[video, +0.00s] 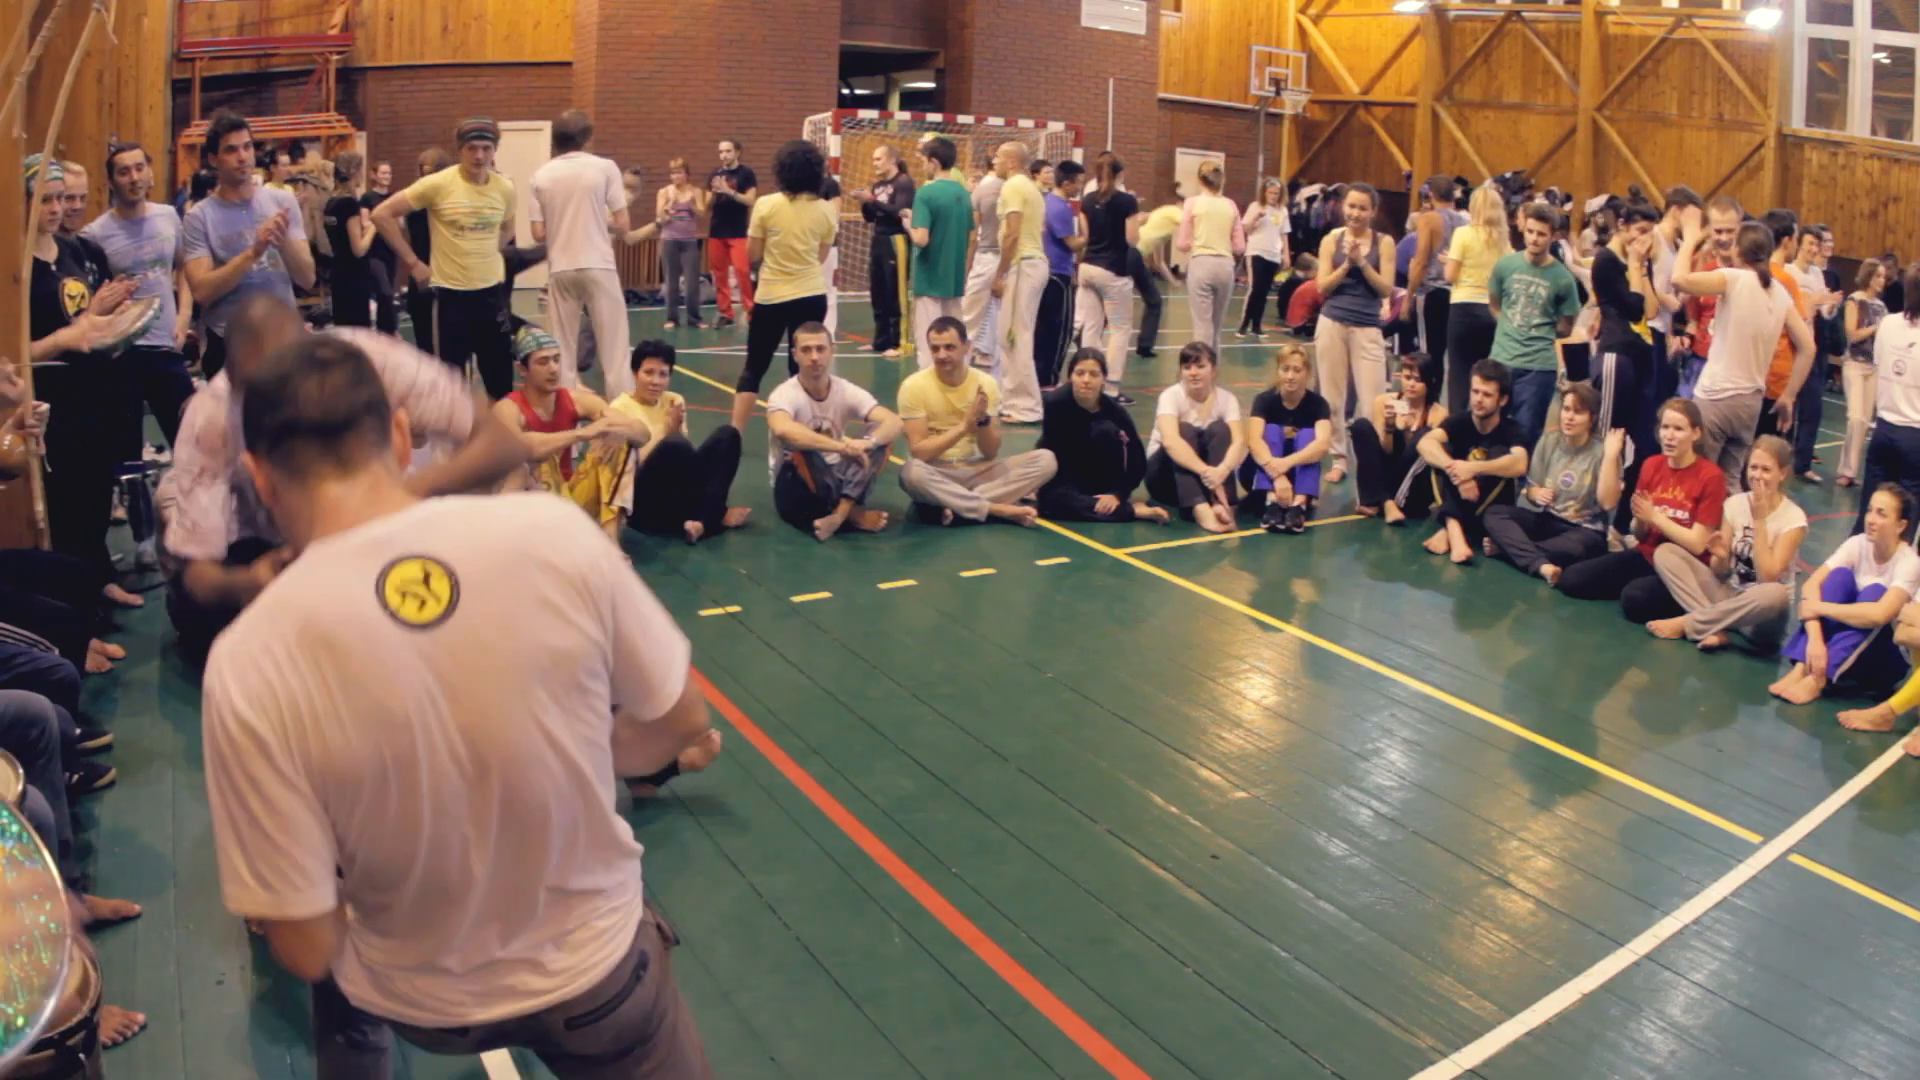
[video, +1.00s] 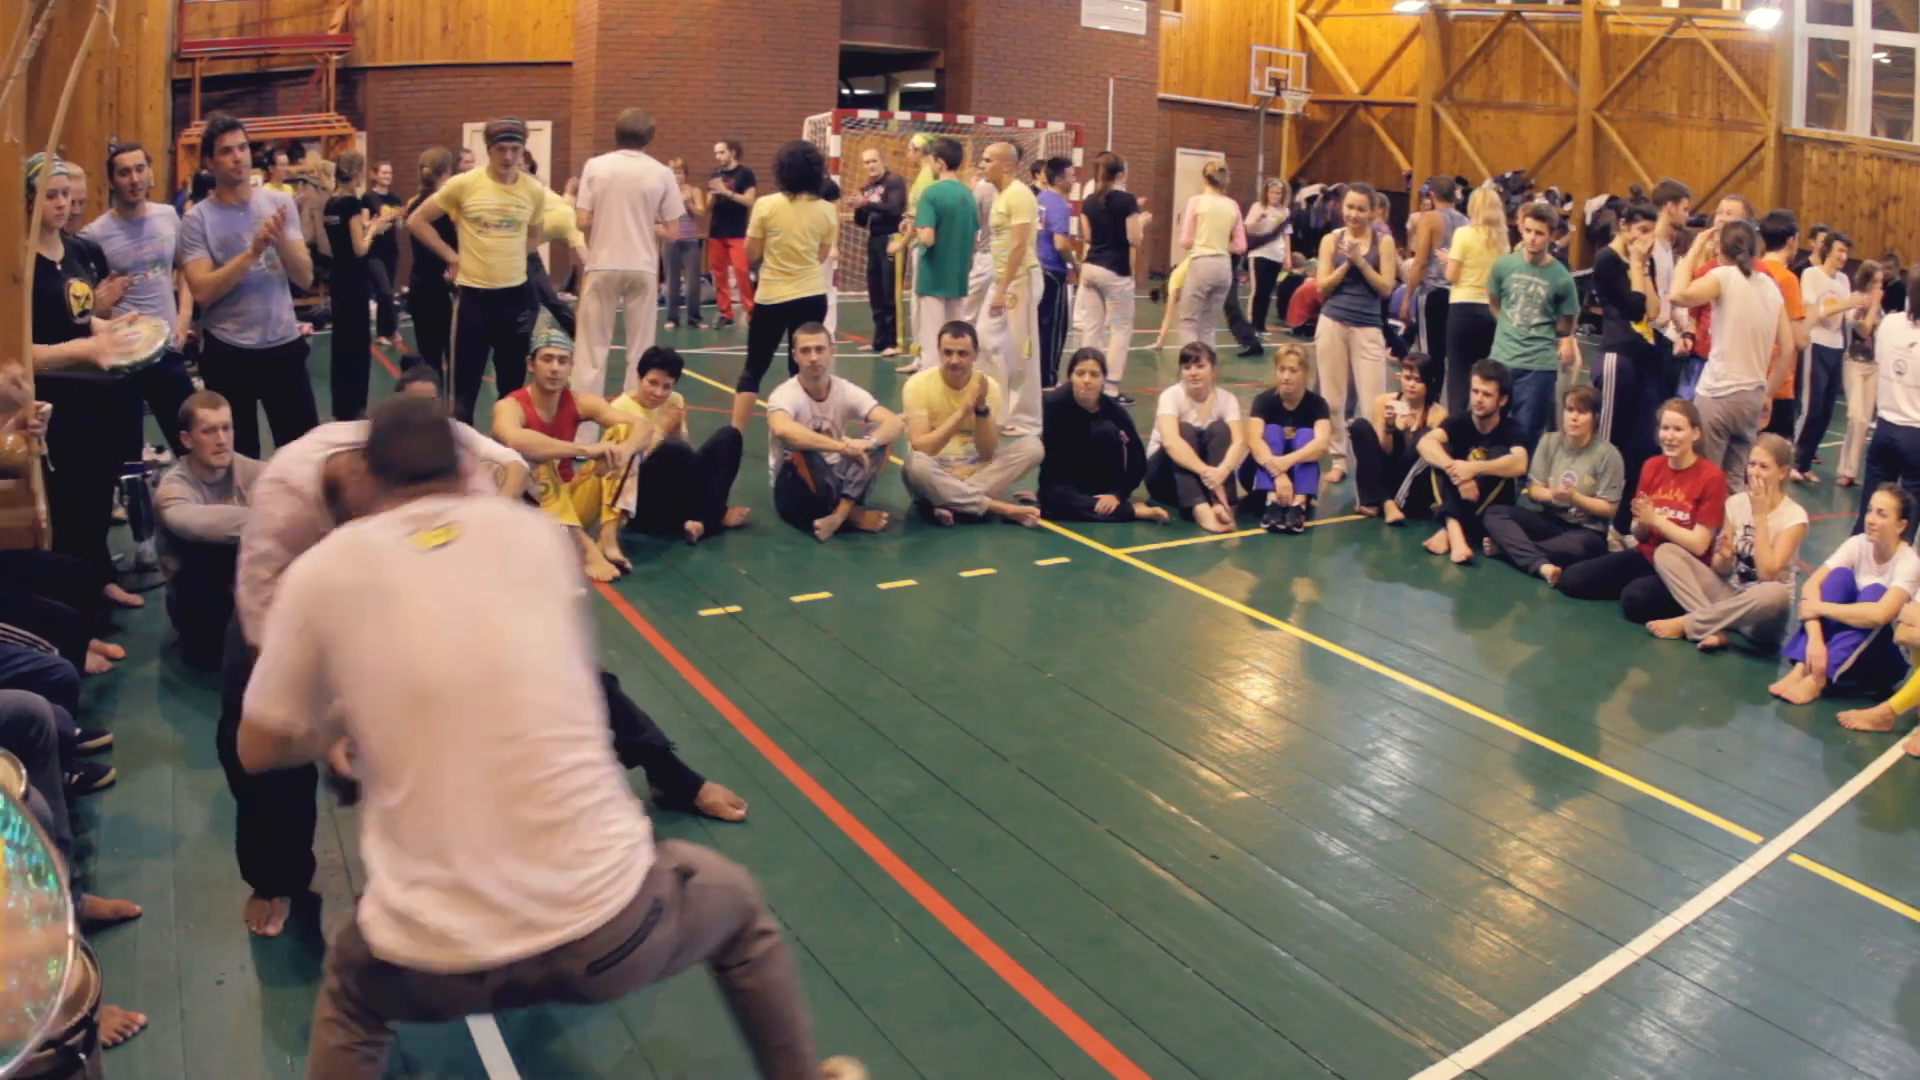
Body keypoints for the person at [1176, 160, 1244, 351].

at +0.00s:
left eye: (1198, 179)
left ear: (1200, 180)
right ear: (1221, 182)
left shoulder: (1191, 203)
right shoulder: (1231, 205)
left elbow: (1183, 243)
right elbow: (1239, 246)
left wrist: (1199, 241)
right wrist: (1221, 242)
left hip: (1200, 258)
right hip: (1225, 261)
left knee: (1202, 321)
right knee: (1217, 322)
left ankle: (1202, 368)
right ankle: (1212, 367)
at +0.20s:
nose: (1197, 181)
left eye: (1198, 178)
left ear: (1200, 180)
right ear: (1222, 181)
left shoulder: (1192, 203)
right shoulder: (1231, 205)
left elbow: (1185, 243)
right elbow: (1240, 246)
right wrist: (1223, 243)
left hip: (1201, 259)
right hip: (1225, 260)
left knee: (1203, 321)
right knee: (1214, 321)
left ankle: (1201, 369)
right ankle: (1208, 365)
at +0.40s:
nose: (1198, 182)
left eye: (1200, 178)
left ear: (1202, 179)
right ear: (1223, 182)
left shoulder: (1193, 203)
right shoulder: (1231, 206)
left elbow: (1185, 242)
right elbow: (1239, 247)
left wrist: (1199, 242)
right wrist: (1221, 245)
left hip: (1201, 258)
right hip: (1225, 260)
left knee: (1202, 320)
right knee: (1212, 321)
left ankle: (1204, 368)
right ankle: (1205, 363)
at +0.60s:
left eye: (1201, 178)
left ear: (1202, 179)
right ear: (1223, 181)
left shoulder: (1193, 203)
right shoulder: (1232, 206)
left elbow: (1185, 243)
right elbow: (1239, 247)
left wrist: (1199, 241)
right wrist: (1222, 246)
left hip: (1200, 258)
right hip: (1224, 260)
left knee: (1202, 321)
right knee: (1211, 321)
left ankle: (1204, 368)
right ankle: (1205, 363)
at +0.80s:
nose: (1201, 181)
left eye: (1202, 178)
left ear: (1203, 179)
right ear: (1224, 181)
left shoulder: (1195, 203)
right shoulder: (1233, 206)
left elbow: (1187, 242)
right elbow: (1240, 247)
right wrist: (1220, 244)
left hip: (1201, 258)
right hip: (1224, 259)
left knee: (1198, 326)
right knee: (1211, 327)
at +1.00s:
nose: (1202, 181)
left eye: (1203, 177)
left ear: (1204, 179)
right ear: (1225, 181)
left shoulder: (1196, 201)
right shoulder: (1233, 206)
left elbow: (1186, 241)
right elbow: (1240, 246)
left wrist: (1198, 243)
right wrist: (1219, 245)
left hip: (1201, 259)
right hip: (1223, 260)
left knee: (1189, 320)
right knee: (1209, 323)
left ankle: (1192, 366)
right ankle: (1207, 367)